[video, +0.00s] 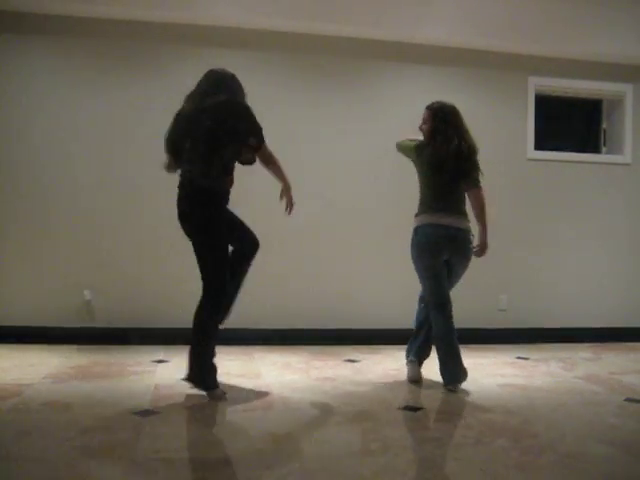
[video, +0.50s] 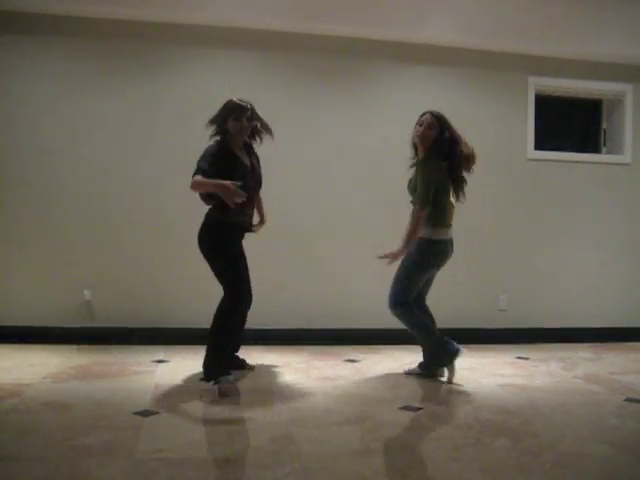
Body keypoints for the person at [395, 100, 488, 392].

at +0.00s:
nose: (420, 126)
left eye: (425, 122)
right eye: (423, 120)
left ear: (435, 126)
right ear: (454, 126)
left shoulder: (422, 151)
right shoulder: (465, 154)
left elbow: (401, 145)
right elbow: (476, 195)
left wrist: (426, 138)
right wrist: (483, 234)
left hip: (428, 234)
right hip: (461, 236)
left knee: (440, 306)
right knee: (431, 299)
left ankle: (453, 375)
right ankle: (414, 361)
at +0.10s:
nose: (423, 121)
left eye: (427, 116)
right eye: (424, 115)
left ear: (437, 120)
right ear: (455, 120)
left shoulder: (424, 144)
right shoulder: (465, 149)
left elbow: (400, 148)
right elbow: (474, 192)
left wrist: (422, 134)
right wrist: (475, 236)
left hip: (426, 227)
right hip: (458, 229)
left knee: (439, 301)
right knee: (429, 297)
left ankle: (450, 374)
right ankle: (415, 365)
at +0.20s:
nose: (424, 117)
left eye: (428, 113)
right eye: (426, 112)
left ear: (435, 119)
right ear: (455, 121)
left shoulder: (422, 147)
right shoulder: (462, 152)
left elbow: (400, 171)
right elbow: (475, 193)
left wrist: (412, 139)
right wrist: (471, 235)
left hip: (423, 226)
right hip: (453, 227)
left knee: (435, 302)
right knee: (433, 299)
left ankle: (448, 373)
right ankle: (424, 363)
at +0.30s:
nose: (424, 118)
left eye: (430, 114)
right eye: (426, 112)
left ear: (442, 121)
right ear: (453, 122)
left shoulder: (423, 149)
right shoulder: (458, 152)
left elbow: (406, 189)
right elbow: (470, 195)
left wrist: (386, 173)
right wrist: (469, 237)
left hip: (422, 228)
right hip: (450, 229)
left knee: (432, 300)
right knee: (428, 297)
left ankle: (453, 368)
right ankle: (429, 362)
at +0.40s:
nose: (426, 122)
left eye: (432, 119)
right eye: (426, 116)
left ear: (443, 126)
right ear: (425, 118)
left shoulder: (426, 155)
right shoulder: (453, 156)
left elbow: (412, 196)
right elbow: (463, 201)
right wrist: (459, 239)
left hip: (425, 235)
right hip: (445, 235)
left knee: (416, 300)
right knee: (424, 299)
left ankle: (452, 361)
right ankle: (432, 362)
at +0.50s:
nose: (421, 129)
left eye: (429, 127)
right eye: (419, 124)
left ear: (438, 136)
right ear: (413, 128)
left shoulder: (428, 165)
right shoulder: (437, 163)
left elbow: (420, 211)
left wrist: (403, 247)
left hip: (429, 244)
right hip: (437, 244)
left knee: (399, 302)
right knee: (415, 301)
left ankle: (442, 349)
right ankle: (432, 360)